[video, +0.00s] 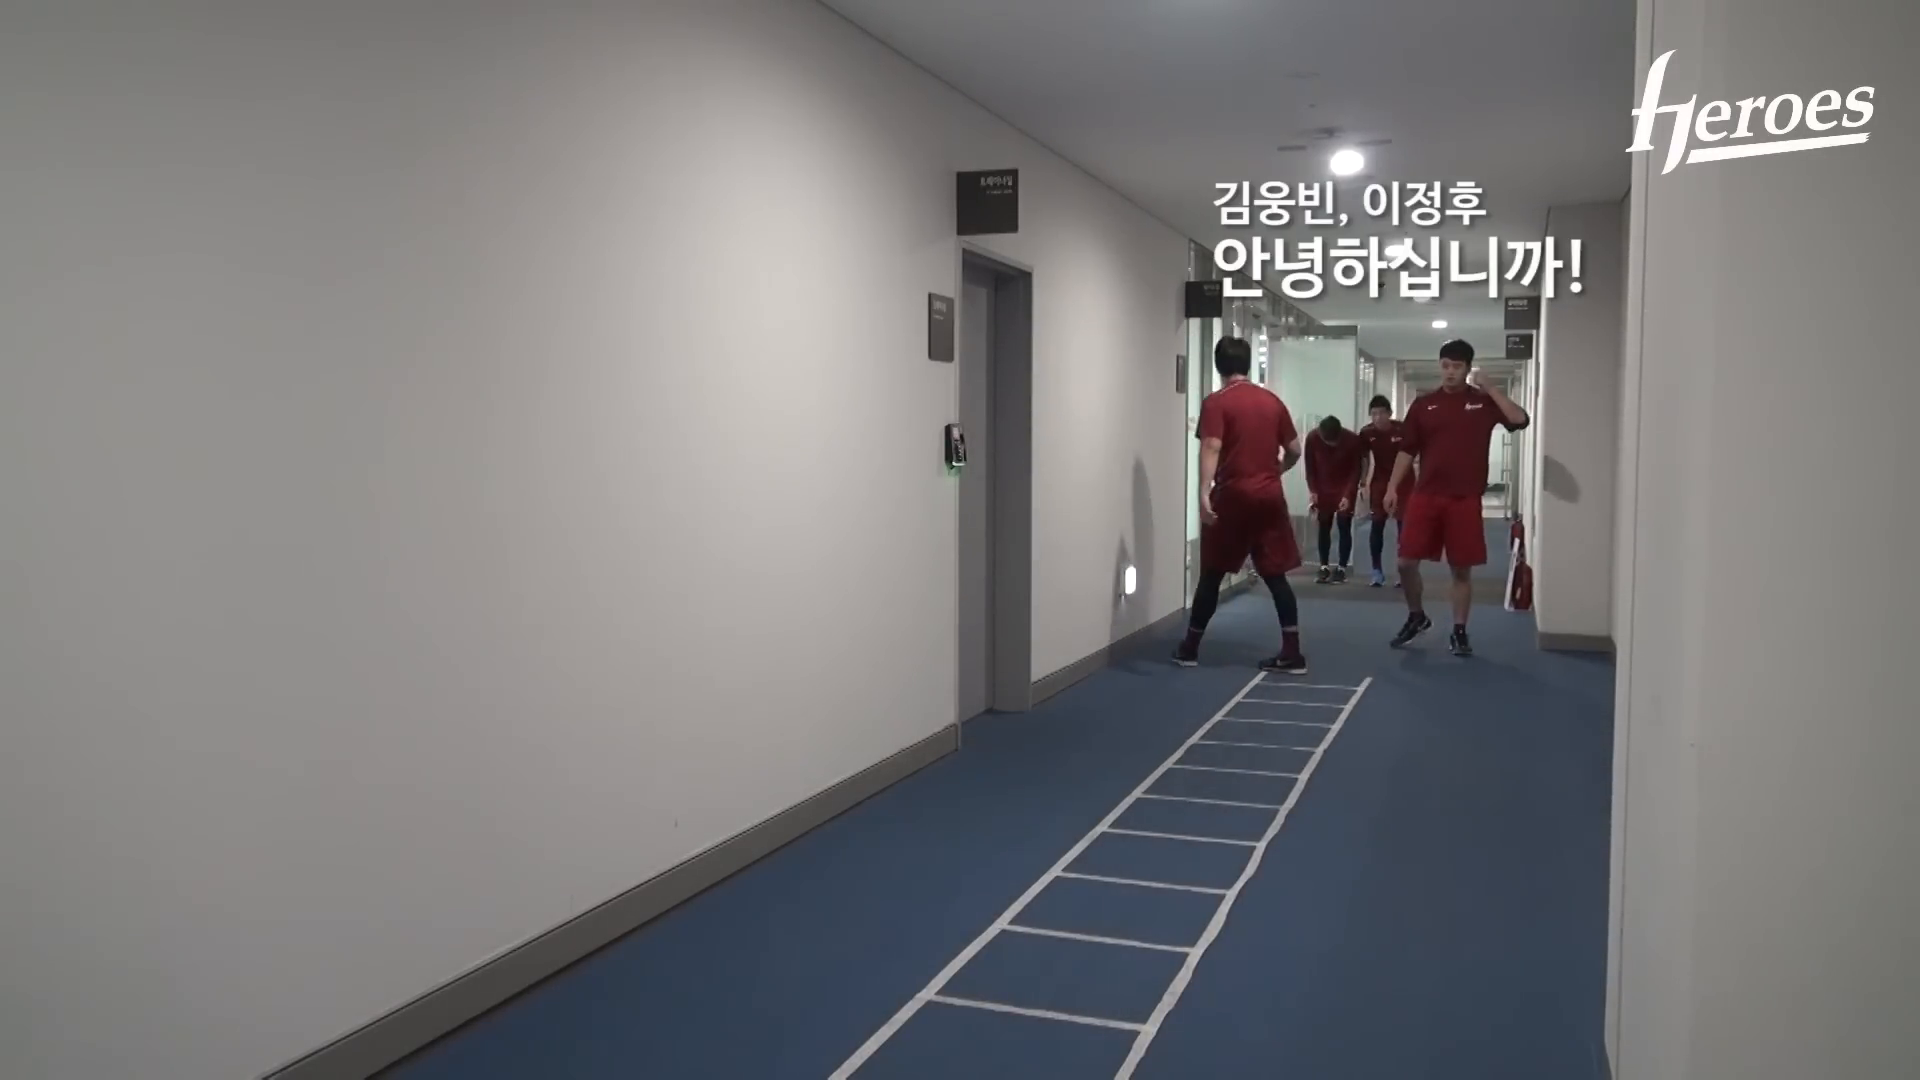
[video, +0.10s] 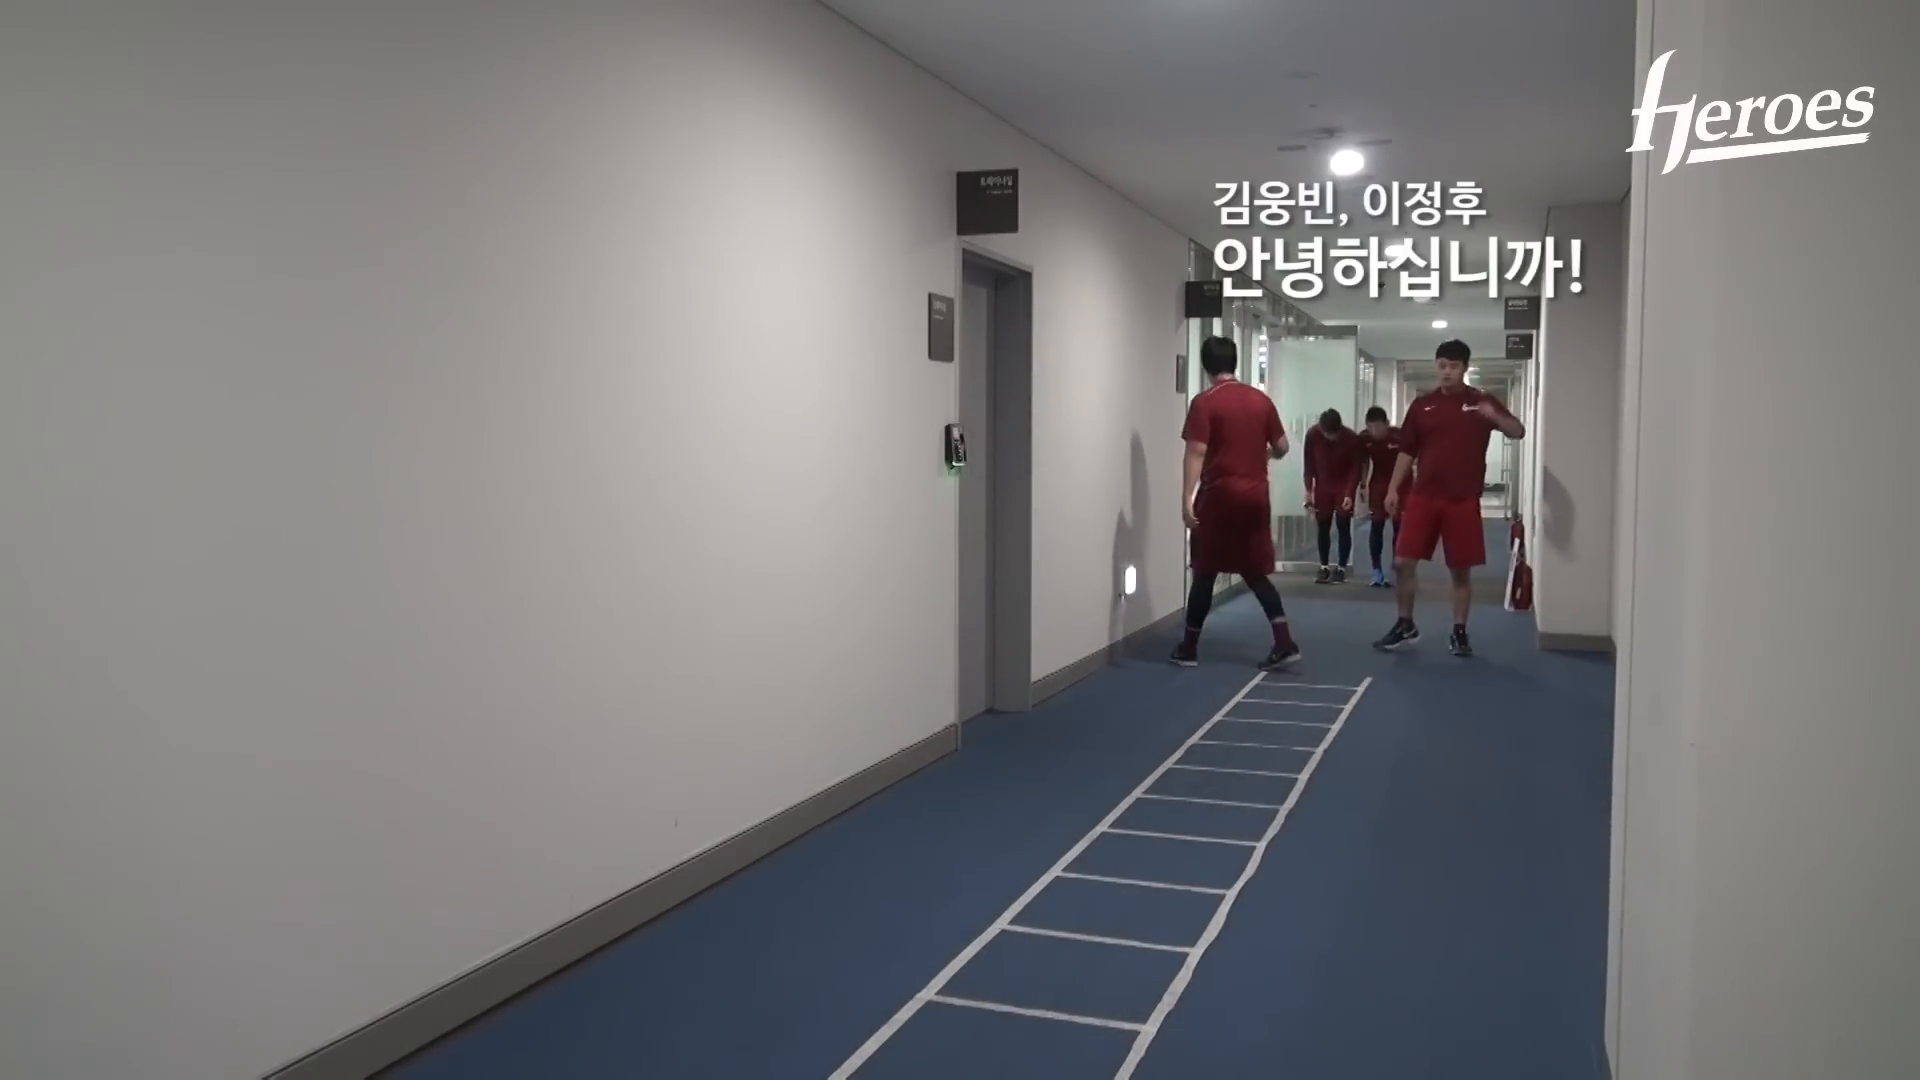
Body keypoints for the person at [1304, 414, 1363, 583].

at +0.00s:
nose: (1331, 445)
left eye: (1334, 441)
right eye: (1327, 441)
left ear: (1340, 433)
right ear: (1321, 433)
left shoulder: (1353, 440)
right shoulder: (1313, 438)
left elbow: (1356, 471)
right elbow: (1310, 467)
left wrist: (1348, 496)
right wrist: (1313, 491)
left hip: (1346, 491)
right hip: (1324, 491)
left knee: (1344, 527)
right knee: (1323, 528)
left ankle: (1342, 566)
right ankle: (1324, 566)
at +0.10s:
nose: (1330, 438)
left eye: (1333, 434)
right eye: (1326, 434)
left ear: (1340, 427)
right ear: (1321, 427)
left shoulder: (1351, 438)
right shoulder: (1313, 435)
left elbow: (1356, 469)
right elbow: (1308, 465)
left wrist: (1349, 494)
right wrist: (1309, 492)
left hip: (1344, 489)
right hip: (1323, 488)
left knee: (1343, 527)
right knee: (1323, 528)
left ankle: (1341, 567)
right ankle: (1324, 566)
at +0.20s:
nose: (1331, 425)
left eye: (1334, 421)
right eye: (1327, 421)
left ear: (1339, 418)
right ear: (1320, 418)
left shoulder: (1349, 435)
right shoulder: (1312, 431)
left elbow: (1354, 468)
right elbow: (1307, 461)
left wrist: (1347, 493)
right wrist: (1304, 488)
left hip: (1342, 488)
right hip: (1320, 486)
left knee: (1342, 527)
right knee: (1320, 527)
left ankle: (1340, 566)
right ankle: (1322, 566)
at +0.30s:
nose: (1325, 413)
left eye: (1329, 409)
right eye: (1322, 409)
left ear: (1335, 410)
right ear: (1317, 409)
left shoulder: (1345, 432)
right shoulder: (1311, 427)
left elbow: (1348, 465)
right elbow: (1306, 456)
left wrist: (1337, 488)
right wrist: (1301, 483)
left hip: (1339, 484)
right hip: (1318, 483)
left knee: (1339, 524)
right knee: (1313, 522)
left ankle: (1340, 566)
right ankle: (1317, 565)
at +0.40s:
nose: (1322, 405)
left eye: (1326, 401)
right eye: (1319, 401)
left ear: (1332, 404)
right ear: (1314, 403)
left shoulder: (1340, 429)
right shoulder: (1309, 426)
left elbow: (1342, 463)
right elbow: (1305, 456)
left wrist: (1322, 478)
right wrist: (1296, 480)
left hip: (1336, 484)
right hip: (1315, 483)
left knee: (1337, 522)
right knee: (1306, 520)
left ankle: (1340, 566)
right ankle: (1309, 563)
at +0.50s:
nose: (1318, 402)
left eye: (1322, 398)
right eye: (1315, 397)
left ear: (1328, 402)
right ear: (1310, 400)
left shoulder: (1335, 427)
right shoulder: (1305, 425)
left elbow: (1334, 459)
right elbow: (1302, 456)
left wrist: (1309, 469)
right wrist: (1290, 480)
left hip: (1331, 483)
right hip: (1311, 482)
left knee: (1334, 520)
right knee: (1302, 520)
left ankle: (1339, 567)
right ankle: (1301, 563)